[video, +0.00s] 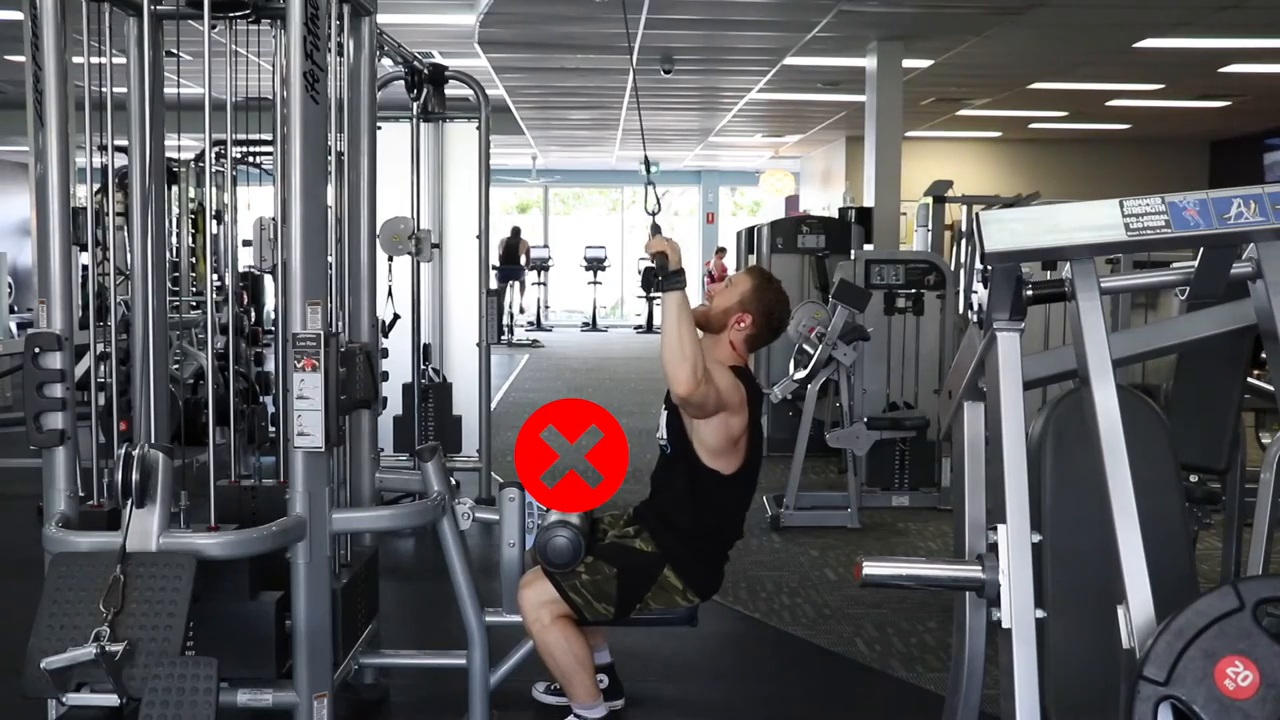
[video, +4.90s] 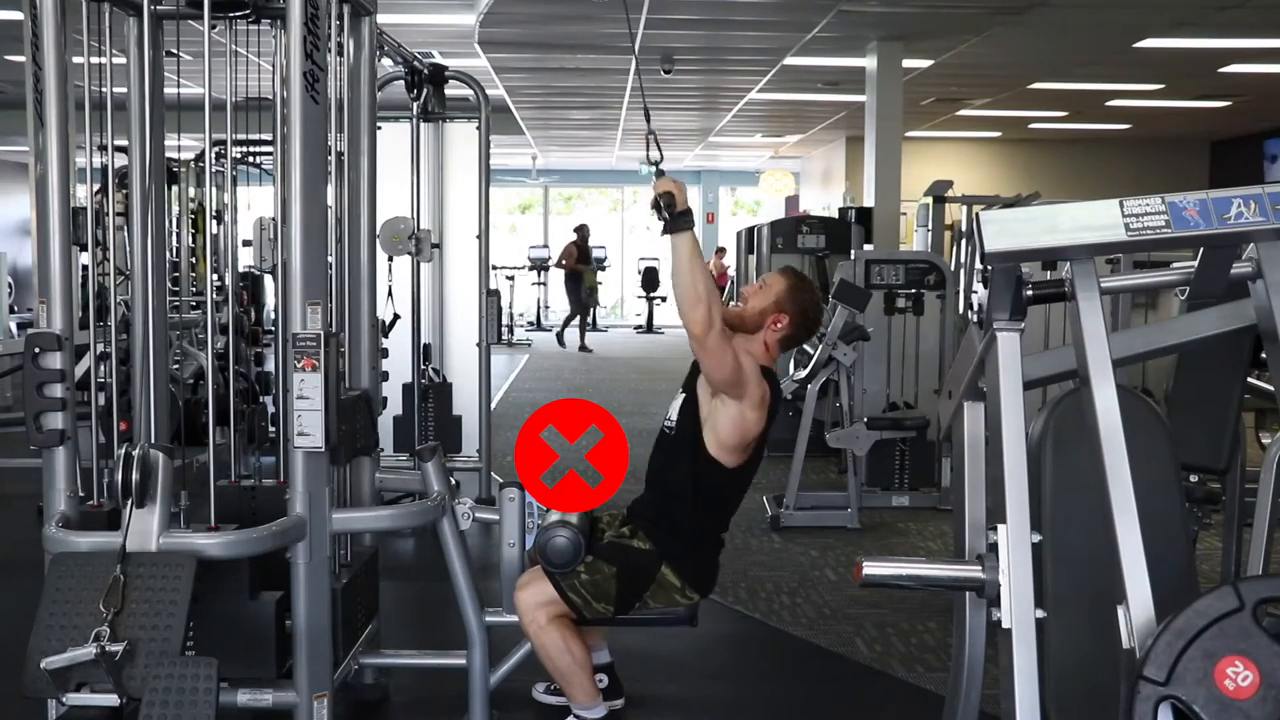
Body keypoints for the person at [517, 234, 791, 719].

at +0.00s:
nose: (713, 286)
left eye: (725, 285)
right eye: (722, 280)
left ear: (739, 322)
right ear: (740, 326)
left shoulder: (727, 387)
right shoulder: (716, 363)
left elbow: (687, 389)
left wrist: (673, 278)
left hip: (678, 560)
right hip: (658, 527)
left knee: (537, 596)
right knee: (556, 539)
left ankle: (588, 711)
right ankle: (597, 673)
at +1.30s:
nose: (704, 281)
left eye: (717, 278)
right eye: (713, 274)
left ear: (736, 316)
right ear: (736, 319)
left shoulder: (710, 373)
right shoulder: (713, 361)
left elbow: (674, 306)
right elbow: (676, 302)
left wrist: (657, 202)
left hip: (676, 562)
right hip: (662, 535)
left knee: (536, 595)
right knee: (555, 544)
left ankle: (589, 709)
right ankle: (593, 671)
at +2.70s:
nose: (713, 286)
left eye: (723, 286)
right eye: (720, 281)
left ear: (738, 323)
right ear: (740, 326)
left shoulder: (727, 391)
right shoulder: (717, 361)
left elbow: (685, 382)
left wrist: (673, 275)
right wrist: (717, 290)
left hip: (680, 559)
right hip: (660, 527)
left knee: (538, 596)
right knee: (558, 541)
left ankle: (588, 711)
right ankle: (598, 674)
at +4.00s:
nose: (708, 276)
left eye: (722, 277)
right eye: (717, 271)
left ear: (736, 316)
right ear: (735, 318)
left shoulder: (714, 375)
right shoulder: (706, 360)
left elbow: (676, 312)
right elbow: (679, 307)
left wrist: (659, 209)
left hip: (675, 565)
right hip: (655, 534)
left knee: (536, 596)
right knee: (553, 545)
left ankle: (589, 709)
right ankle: (594, 671)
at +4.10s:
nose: (708, 269)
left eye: (721, 272)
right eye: (719, 266)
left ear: (732, 314)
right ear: (733, 316)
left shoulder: (707, 369)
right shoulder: (702, 356)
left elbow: (671, 293)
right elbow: (672, 290)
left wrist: (657, 192)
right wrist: (656, 201)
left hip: (674, 564)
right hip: (657, 537)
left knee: (536, 596)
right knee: (553, 544)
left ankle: (590, 710)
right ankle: (593, 671)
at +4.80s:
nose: (722, 280)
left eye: (738, 280)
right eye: (733, 273)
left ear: (754, 315)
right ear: (755, 318)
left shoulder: (723, 367)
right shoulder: (720, 354)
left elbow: (683, 291)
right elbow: (687, 289)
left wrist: (665, 192)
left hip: (671, 560)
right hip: (653, 533)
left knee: (533, 597)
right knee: (555, 545)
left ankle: (589, 710)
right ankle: (594, 671)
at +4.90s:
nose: (744, 287)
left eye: (758, 288)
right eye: (755, 282)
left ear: (774, 325)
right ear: (774, 327)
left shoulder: (743, 381)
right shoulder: (738, 362)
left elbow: (700, 322)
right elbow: (715, 329)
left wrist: (677, 216)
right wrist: (713, 286)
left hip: (671, 561)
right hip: (649, 530)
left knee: (532, 597)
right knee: (552, 547)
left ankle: (591, 713)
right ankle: (594, 671)